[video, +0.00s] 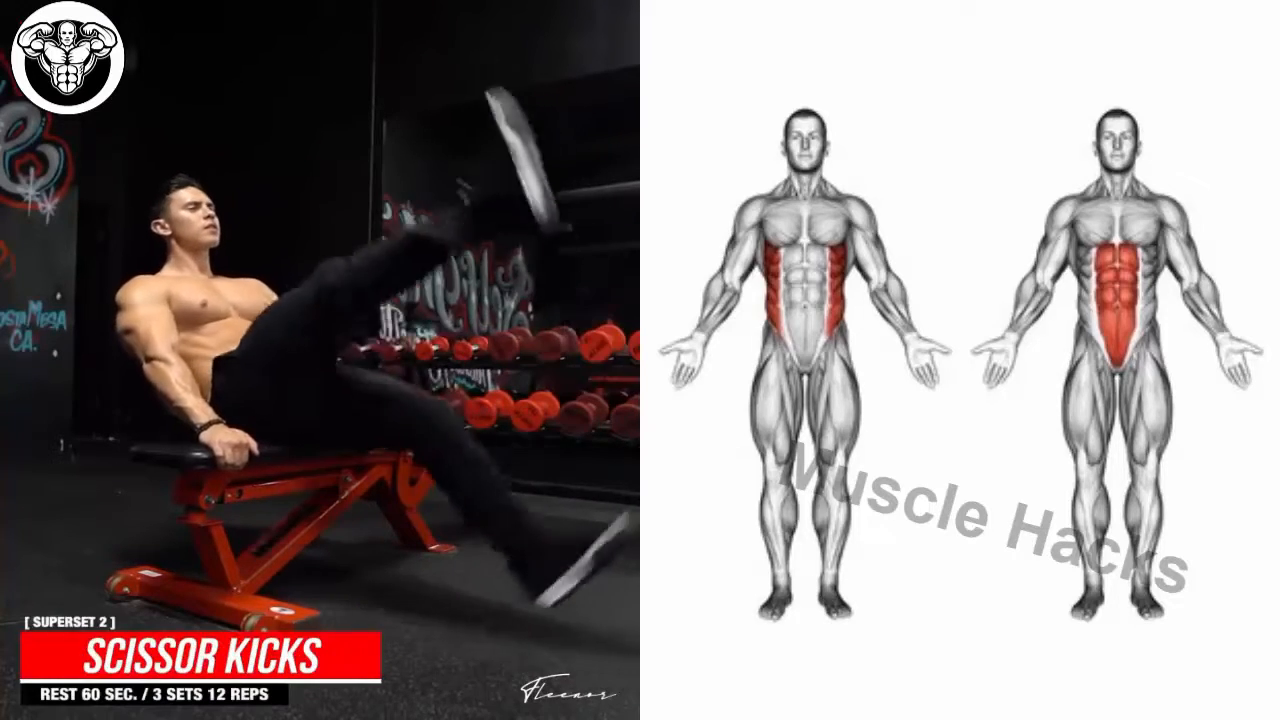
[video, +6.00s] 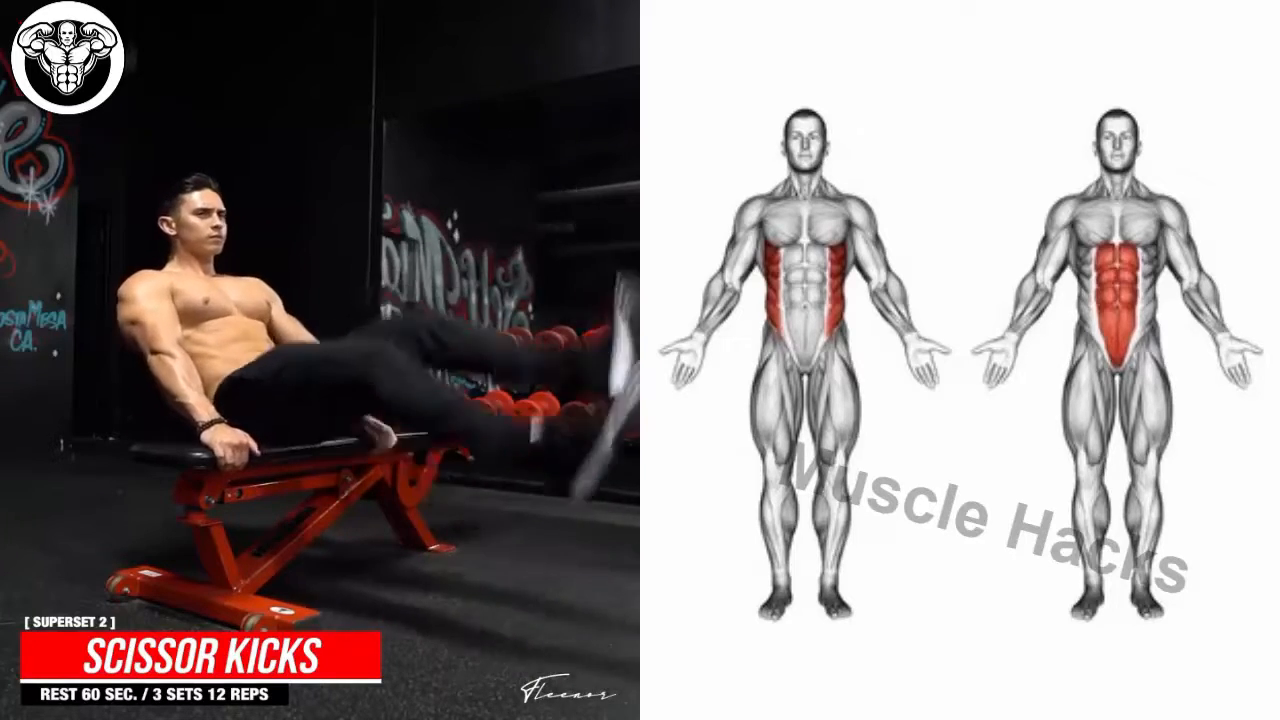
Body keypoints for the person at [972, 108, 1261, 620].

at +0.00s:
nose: (1116, 145)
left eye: (1124, 138)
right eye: (1109, 137)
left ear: (1137, 146)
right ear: (1097, 145)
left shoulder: (1164, 211)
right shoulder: (1070, 211)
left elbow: (1193, 282)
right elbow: (1041, 282)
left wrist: (1221, 335)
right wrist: (1012, 336)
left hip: (1144, 355)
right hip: (1089, 354)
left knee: (1145, 466)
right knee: (1088, 467)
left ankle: (1141, 582)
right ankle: (1092, 583)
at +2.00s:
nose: (1116, 145)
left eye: (1124, 138)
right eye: (1108, 138)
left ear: (1137, 145)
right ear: (1097, 146)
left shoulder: (1164, 211)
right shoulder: (1070, 211)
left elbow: (1193, 282)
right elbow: (1041, 282)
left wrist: (1221, 335)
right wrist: (1012, 336)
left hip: (1144, 355)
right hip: (1089, 354)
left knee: (1145, 466)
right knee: (1088, 466)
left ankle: (1141, 582)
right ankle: (1092, 583)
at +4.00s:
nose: (1116, 145)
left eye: (1124, 138)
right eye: (1108, 138)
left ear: (1137, 145)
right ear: (1097, 145)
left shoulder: (1164, 211)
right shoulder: (1070, 211)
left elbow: (1193, 282)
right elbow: (1041, 282)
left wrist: (1222, 335)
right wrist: (1012, 336)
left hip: (1144, 355)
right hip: (1089, 354)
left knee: (1145, 466)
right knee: (1088, 466)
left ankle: (1141, 581)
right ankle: (1092, 583)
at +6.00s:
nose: (1116, 146)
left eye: (1124, 138)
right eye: (1109, 138)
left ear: (1137, 145)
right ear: (1097, 145)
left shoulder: (1164, 211)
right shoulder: (1070, 211)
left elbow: (1193, 282)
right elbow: (1041, 282)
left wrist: (1222, 335)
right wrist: (1012, 336)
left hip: (1144, 355)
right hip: (1089, 354)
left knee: (1145, 466)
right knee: (1088, 467)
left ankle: (1141, 581)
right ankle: (1092, 583)